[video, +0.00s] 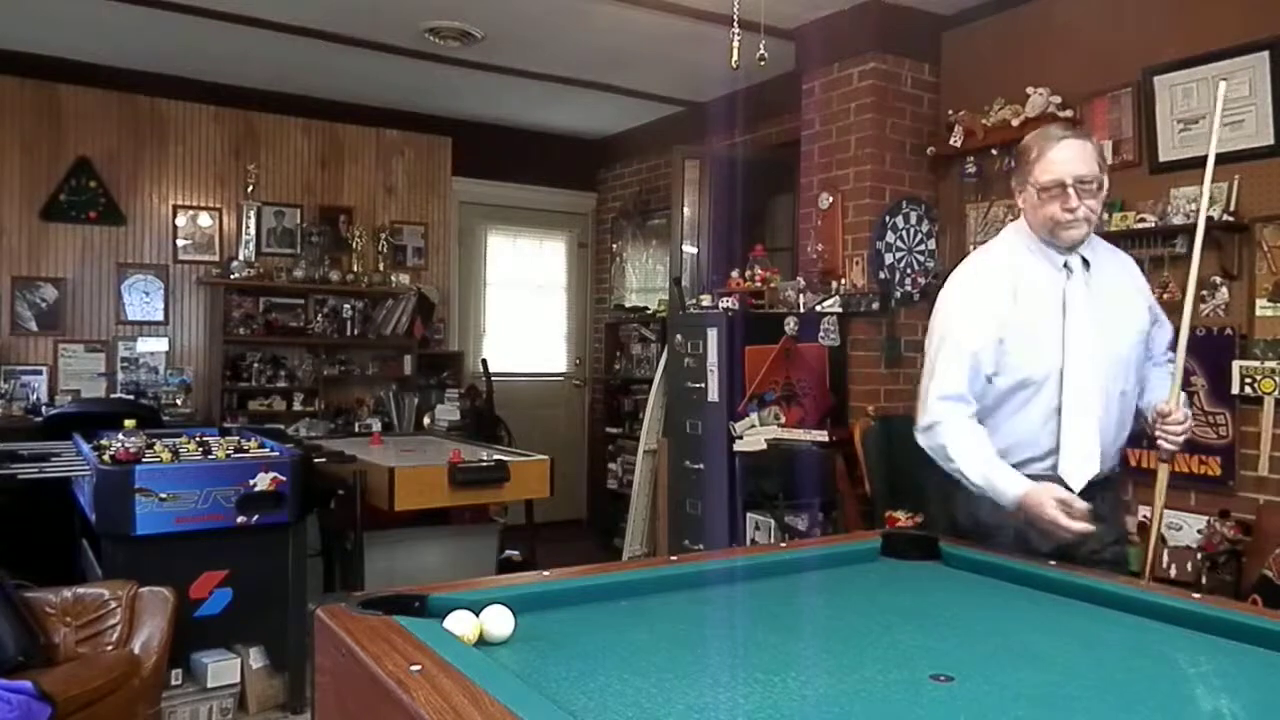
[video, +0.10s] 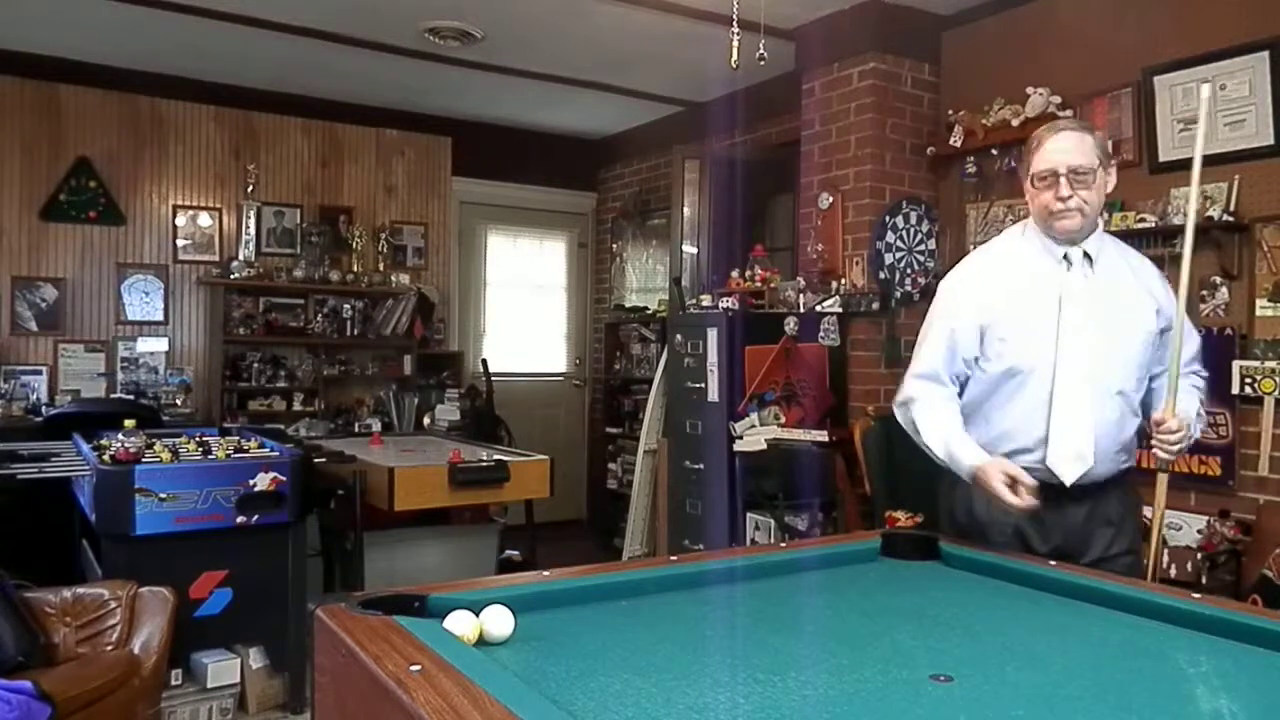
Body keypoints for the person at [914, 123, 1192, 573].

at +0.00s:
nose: (1072, 204)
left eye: (1086, 186)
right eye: (1053, 190)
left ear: (1104, 189)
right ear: (1021, 195)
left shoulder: (1122, 272)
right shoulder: (980, 281)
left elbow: (1154, 357)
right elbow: (941, 416)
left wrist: (1160, 406)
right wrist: (1019, 494)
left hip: (1099, 505)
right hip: (996, 510)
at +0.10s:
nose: (1063, 192)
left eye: (1079, 175)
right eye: (1046, 179)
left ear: (1108, 180)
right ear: (1026, 189)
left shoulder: (1142, 280)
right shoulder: (979, 276)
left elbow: (1181, 371)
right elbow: (924, 388)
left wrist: (1180, 416)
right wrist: (975, 464)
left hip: (1105, 510)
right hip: (996, 509)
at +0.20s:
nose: (1068, 183)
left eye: (1085, 168)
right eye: (1053, 172)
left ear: (1121, 175)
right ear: (1040, 185)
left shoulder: (1161, 284)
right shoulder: (991, 268)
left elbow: (1208, 385)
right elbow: (919, 360)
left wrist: (1178, 432)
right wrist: (939, 417)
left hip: (1107, 510)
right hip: (996, 499)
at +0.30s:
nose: (1082, 180)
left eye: (1101, 165)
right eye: (1071, 168)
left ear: (1141, 177)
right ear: (1059, 182)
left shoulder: (1179, 288)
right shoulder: (1004, 264)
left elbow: (1229, 399)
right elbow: (928, 334)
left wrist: (1166, 450)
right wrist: (928, 359)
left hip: (1107, 513)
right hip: (999, 500)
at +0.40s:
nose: (1091, 179)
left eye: (1112, 166)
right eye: (1083, 166)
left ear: (1154, 180)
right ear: (1071, 174)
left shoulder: (1188, 288)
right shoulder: (1018, 259)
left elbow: (1233, 412)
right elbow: (952, 332)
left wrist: (1144, 461)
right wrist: (926, 322)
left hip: (1110, 512)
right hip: (1002, 494)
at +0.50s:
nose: (1093, 178)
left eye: (1114, 164)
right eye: (1088, 164)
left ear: (1157, 175)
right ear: (1077, 170)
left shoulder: (1191, 286)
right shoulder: (1027, 257)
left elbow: (1226, 415)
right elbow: (950, 321)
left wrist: (1125, 464)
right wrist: (928, 288)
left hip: (1111, 510)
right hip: (1006, 486)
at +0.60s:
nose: (1091, 178)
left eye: (1111, 163)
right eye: (1086, 164)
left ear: (1157, 174)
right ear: (1077, 171)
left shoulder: (1191, 283)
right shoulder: (1033, 257)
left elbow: (1214, 417)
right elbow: (953, 315)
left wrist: (1111, 465)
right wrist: (934, 260)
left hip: (1113, 508)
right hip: (1008, 485)